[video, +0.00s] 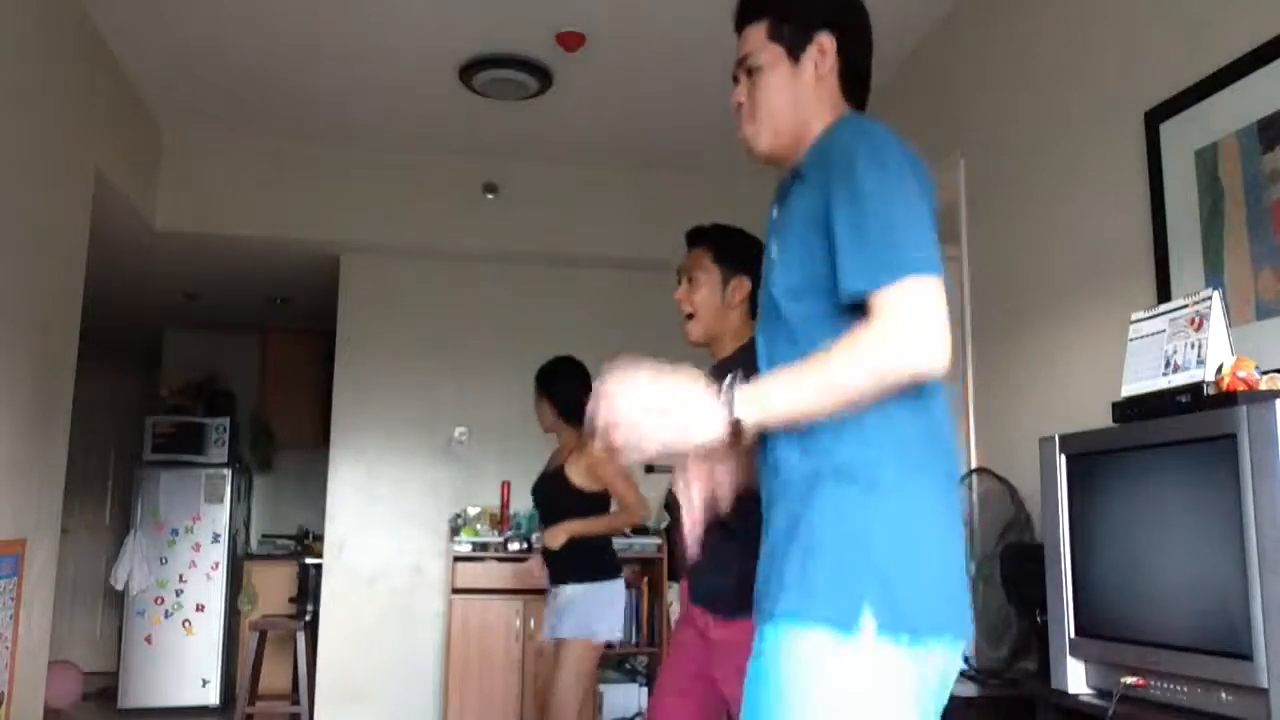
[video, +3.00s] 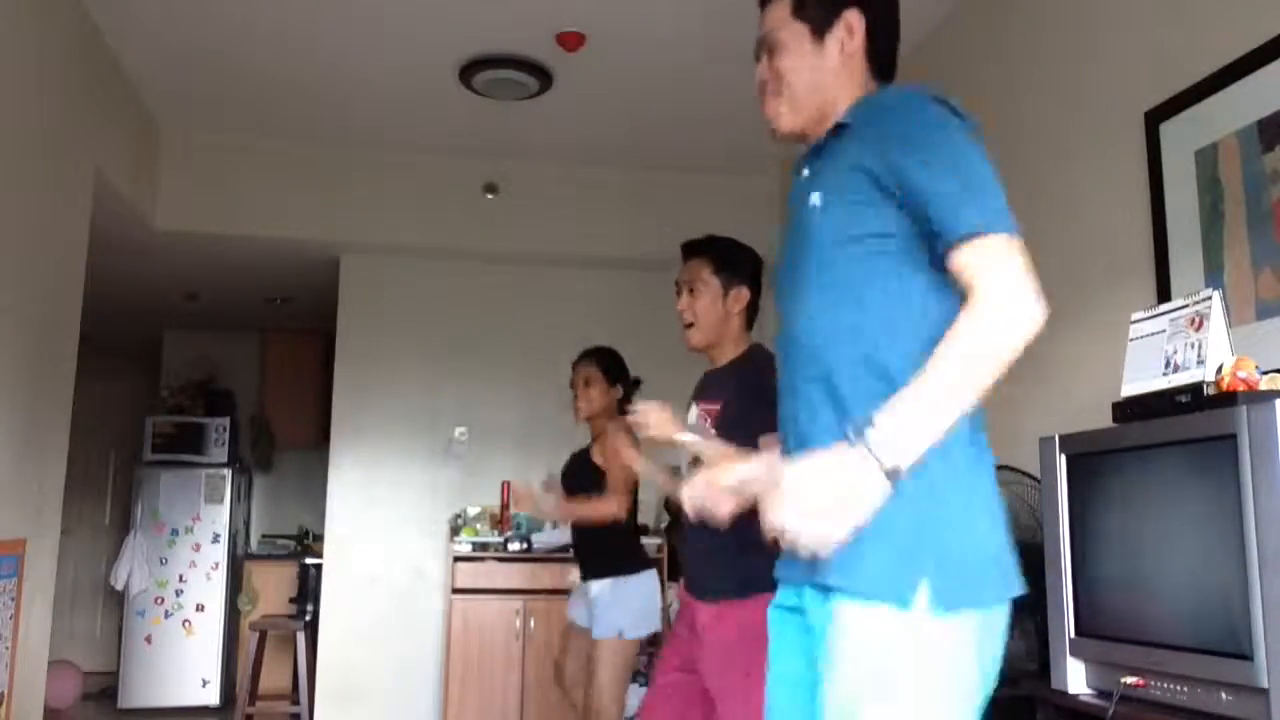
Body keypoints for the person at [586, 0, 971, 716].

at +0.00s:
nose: (736, 99)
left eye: (749, 71)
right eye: (735, 80)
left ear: (819, 60)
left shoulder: (859, 151)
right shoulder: (803, 192)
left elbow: (916, 335)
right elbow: (845, 412)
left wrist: (730, 410)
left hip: (865, 597)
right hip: (817, 593)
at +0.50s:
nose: (726, 66)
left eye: (738, 40)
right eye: (725, 47)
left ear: (811, 25)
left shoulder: (855, 110)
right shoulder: (796, 153)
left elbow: (945, 293)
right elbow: (834, 370)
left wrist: (810, 452)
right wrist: (728, 453)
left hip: (887, 550)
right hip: (828, 546)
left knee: (871, 707)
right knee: (810, 708)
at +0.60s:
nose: (726, 100)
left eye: (741, 72)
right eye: (724, 79)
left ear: (817, 58)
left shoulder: (872, 174)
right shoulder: (801, 193)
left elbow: (967, 370)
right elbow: (840, 390)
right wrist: (717, 422)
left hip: (898, 582)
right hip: (816, 572)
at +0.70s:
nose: (722, 143)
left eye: (737, 116)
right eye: (723, 122)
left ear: (814, 104)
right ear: (812, 107)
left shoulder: (888, 242)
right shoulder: (796, 250)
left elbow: (1005, 421)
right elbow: (840, 422)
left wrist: (871, 513)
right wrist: (746, 445)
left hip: (905, 649)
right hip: (820, 636)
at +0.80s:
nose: (714, 125)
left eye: (726, 99)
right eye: (714, 106)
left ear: (801, 83)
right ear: (797, 85)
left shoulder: (890, 195)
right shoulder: (781, 246)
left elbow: (1012, 373)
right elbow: (823, 423)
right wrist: (726, 483)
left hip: (910, 633)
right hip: (807, 619)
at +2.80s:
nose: (748, 129)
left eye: (766, 103)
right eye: (752, 108)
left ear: (838, 101)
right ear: (833, 105)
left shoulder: (880, 188)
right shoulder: (816, 236)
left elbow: (1015, 337)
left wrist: (826, 447)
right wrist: (745, 433)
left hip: (877, 646)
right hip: (810, 631)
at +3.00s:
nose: (760, 74)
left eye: (772, 47)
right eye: (759, 55)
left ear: (847, 35)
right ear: (840, 39)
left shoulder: (902, 119)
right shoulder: (812, 178)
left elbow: (1011, 299)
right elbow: (861, 398)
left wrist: (870, 462)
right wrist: (762, 466)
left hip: (915, 579)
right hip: (815, 575)